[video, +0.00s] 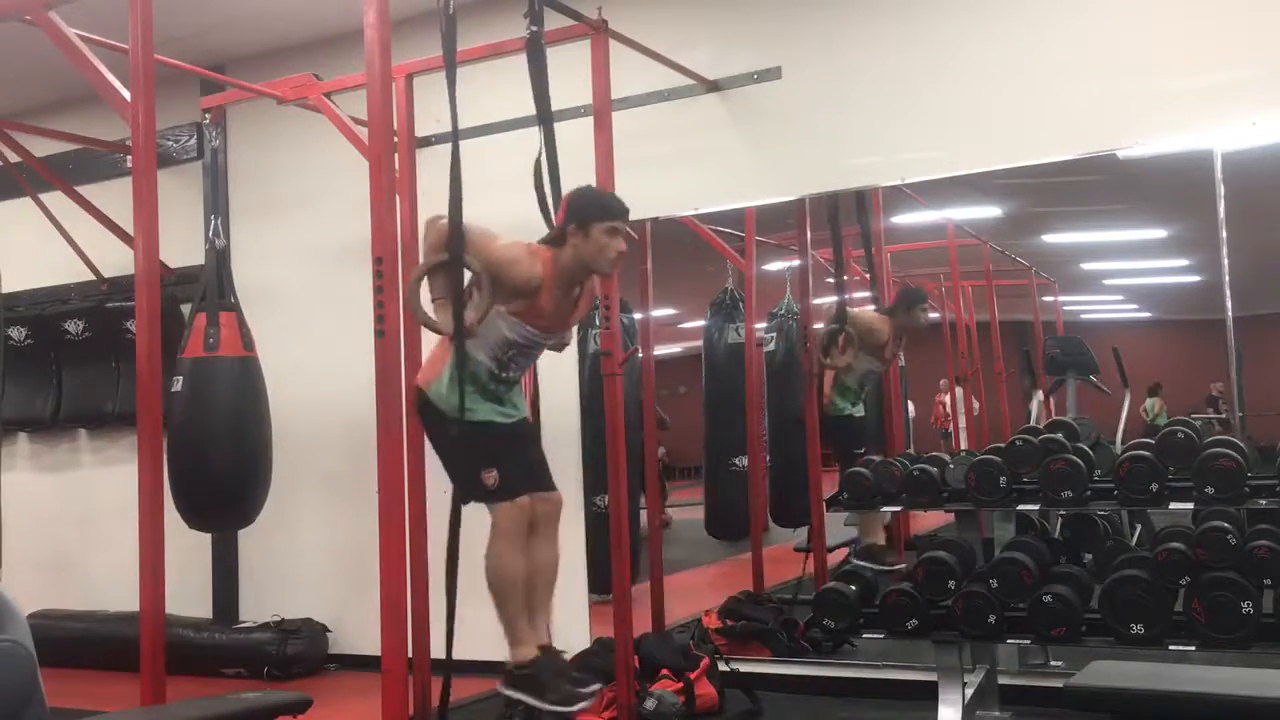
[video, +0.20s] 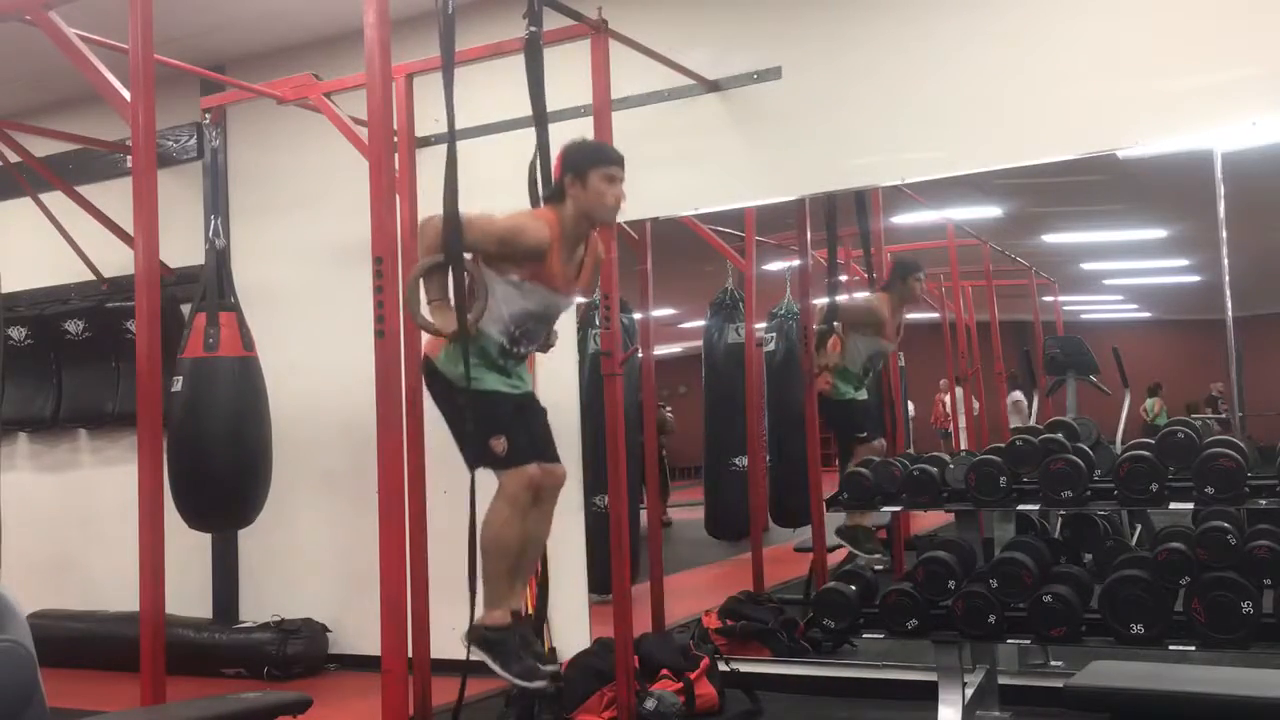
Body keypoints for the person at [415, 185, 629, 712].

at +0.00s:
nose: (623, 246)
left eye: (624, 235)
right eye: (612, 234)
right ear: (574, 234)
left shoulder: (586, 288)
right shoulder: (522, 267)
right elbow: (440, 229)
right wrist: (435, 304)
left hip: (504, 394)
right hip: (455, 391)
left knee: (546, 506)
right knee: (512, 509)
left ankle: (540, 652)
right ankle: (521, 662)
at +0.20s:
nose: (619, 192)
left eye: (622, 182)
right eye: (609, 182)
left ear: (612, 190)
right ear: (572, 184)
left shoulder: (592, 246)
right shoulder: (531, 232)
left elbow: (546, 291)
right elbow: (433, 229)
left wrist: (538, 329)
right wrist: (435, 306)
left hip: (507, 362)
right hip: (463, 355)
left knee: (549, 476)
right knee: (520, 477)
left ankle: (511, 613)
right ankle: (491, 621)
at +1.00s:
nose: (596, 82)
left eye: (598, 72)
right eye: (584, 70)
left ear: (590, 82)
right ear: (548, 74)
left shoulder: (578, 151)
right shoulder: (516, 133)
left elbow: (565, 242)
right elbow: (476, 221)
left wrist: (566, 318)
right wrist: (456, 299)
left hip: (524, 314)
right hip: (480, 306)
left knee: (491, 433)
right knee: (462, 427)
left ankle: (462, 554)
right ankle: (439, 555)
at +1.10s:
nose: (595, 82)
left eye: (597, 72)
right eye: (583, 70)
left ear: (591, 83)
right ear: (547, 75)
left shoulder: (577, 152)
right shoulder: (516, 136)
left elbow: (565, 241)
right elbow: (477, 222)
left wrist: (563, 317)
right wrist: (456, 300)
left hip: (523, 314)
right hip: (481, 306)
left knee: (491, 432)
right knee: (460, 427)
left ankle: (461, 555)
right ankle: (438, 556)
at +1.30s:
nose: (593, 86)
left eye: (596, 77)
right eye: (582, 74)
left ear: (591, 87)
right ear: (546, 78)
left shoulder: (576, 155)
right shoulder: (516, 138)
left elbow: (561, 242)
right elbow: (474, 223)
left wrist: (560, 313)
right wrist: (451, 300)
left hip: (522, 317)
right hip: (480, 309)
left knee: (491, 434)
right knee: (462, 429)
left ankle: (465, 557)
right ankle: (443, 557)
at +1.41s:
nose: (594, 90)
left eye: (596, 80)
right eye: (583, 78)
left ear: (589, 90)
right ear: (546, 81)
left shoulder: (575, 158)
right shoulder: (515, 141)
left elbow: (555, 241)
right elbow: (467, 224)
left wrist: (559, 311)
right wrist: (448, 302)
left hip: (521, 316)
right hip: (478, 308)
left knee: (493, 435)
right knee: (464, 430)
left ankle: (469, 559)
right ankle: (448, 560)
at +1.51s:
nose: (595, 99)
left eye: (598, 90)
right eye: (585, 88)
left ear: (589, 99)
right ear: (548, 90)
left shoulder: (577, 167)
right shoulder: (515, 150)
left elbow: (546, 249)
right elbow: (458, 222)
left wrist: (554, 319)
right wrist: (460, 301)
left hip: (522, 321)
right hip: (476, 315)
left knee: (496, 444)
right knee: (469, 439)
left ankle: (474, 568)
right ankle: (454, 571)